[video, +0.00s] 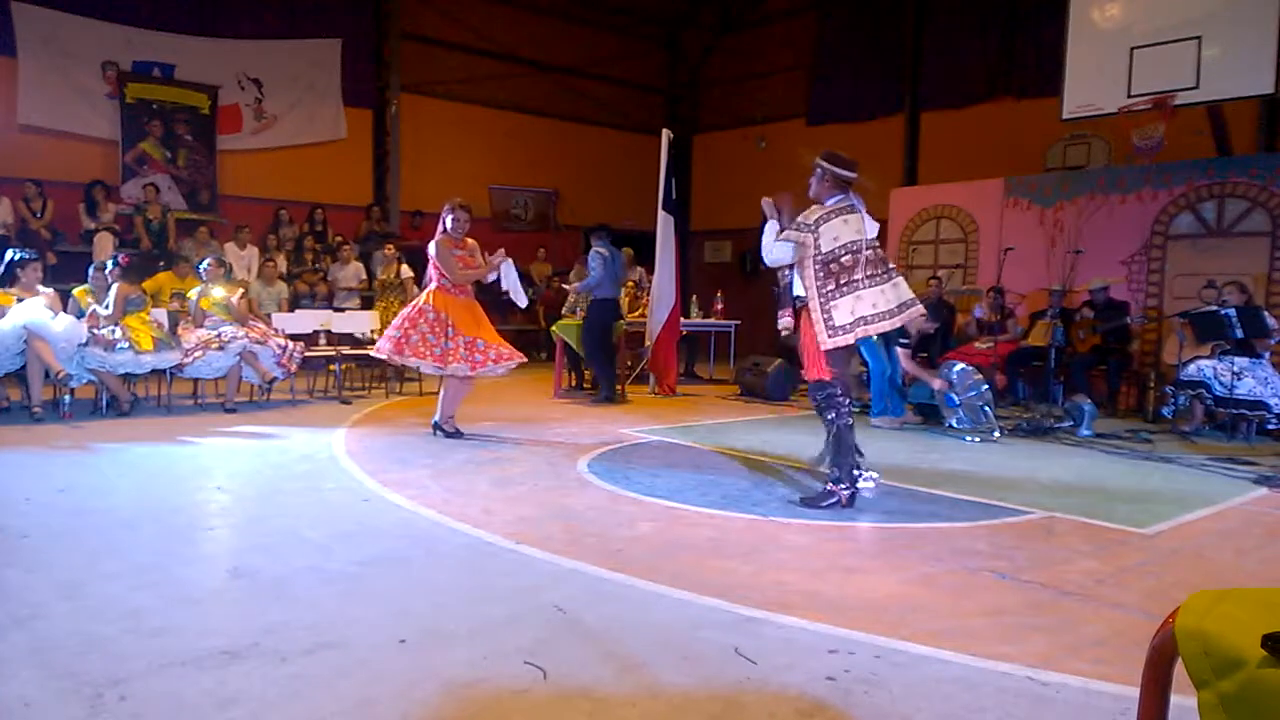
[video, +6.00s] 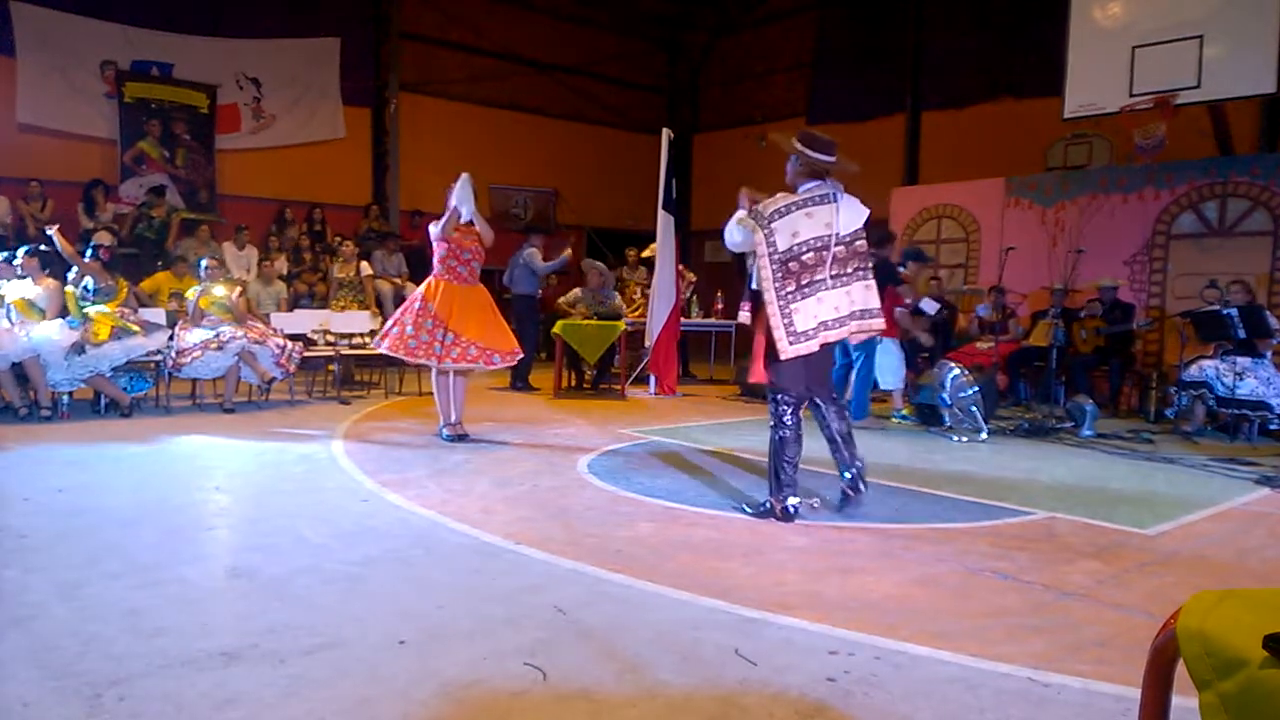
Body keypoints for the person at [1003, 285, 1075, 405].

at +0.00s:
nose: (1055, 299)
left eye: (1058, 296)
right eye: (1053, 296)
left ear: (1063, 297)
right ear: (1049, 297)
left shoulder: (1068, 314)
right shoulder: (1036, 315)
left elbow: (1068, 338)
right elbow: (1027, 335)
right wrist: (1024, 342)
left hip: (1055, 349)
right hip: (1035, 348)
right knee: (1013, 358)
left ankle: (1044, 398)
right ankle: (1012, 394)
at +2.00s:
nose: (1055, 299)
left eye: (1058, 296)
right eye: (1053, 296)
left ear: (1063, 298)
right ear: (1049, 297)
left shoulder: (1068, 315)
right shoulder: (1037, 315)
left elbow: (1068, 340)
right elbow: (1028, 335)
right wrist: (1024, 342)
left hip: (1056, 349)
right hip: (1035, 348)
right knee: (1013, 357)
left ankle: (1042, 398)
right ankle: (1013, 395)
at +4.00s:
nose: (1056, 299)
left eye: (1059, 296)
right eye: (1053, 295)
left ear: (1063, 297)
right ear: (1049, 296)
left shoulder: (1068, 314)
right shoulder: (1037, 315)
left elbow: (1068, 338)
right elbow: (1029, 334)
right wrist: (1025, 341)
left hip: (1056, 348)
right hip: (1036, 347)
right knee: (1012, 359)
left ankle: (1043, 398)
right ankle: (1013, 395)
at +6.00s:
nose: (1057, 299)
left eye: (1060, 295)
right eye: (1055, 295)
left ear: (1065, 297)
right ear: (1050, 296)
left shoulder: (1070, 314)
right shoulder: (1038, 315)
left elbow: (1070, 339)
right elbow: (1029, 334)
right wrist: (1026, 342)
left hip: (1057, 348)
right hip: (1037, 348)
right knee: (1013, 358)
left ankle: (1044, 398)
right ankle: (1014, 395)